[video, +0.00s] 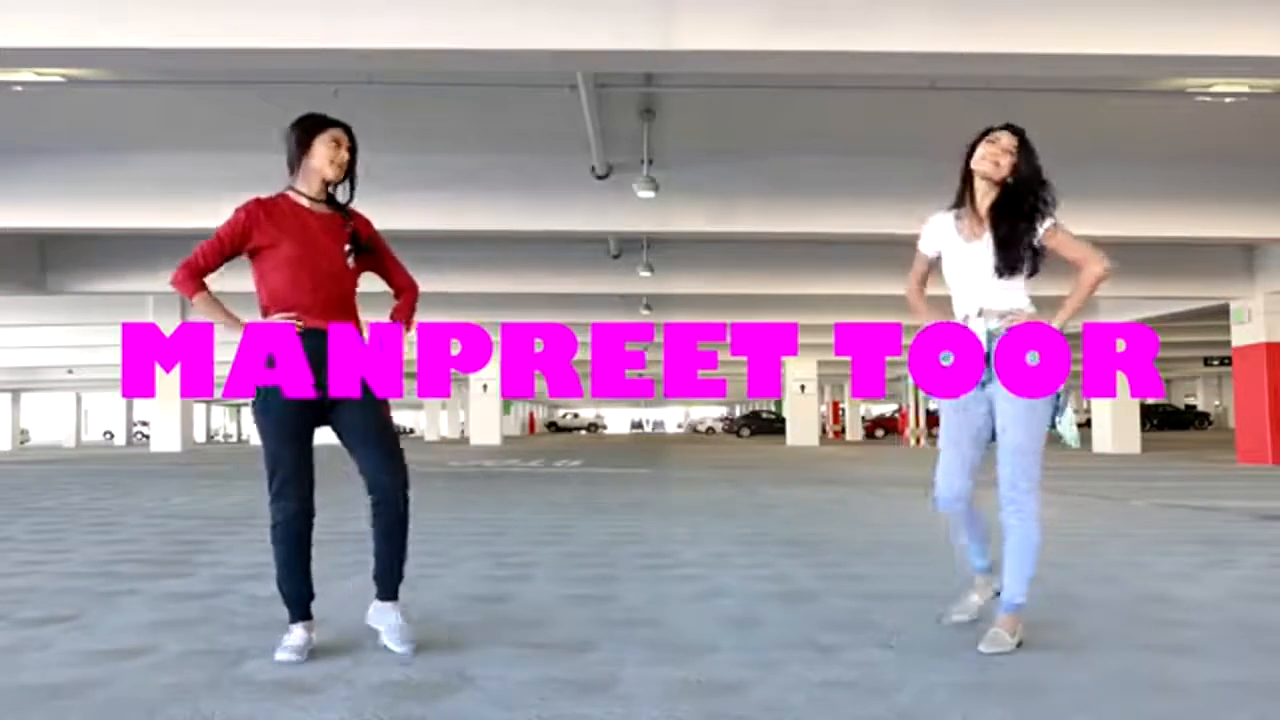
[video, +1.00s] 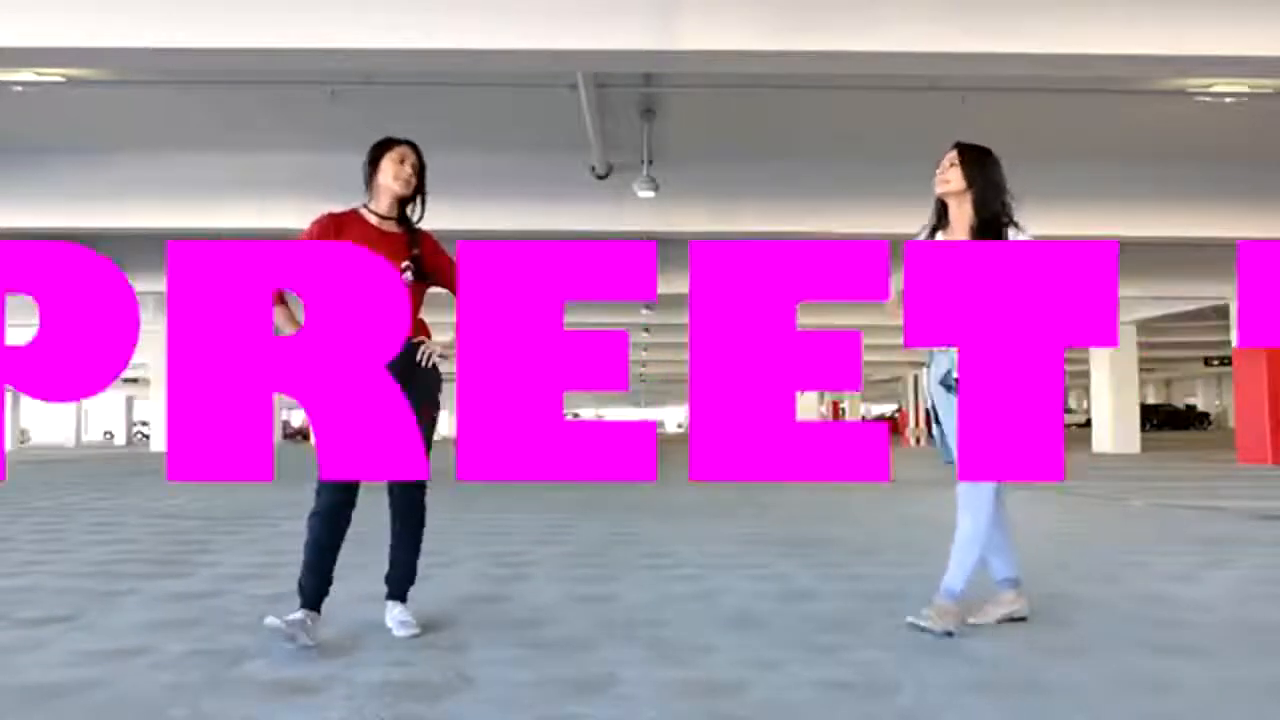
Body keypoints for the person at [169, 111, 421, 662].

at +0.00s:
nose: (343, 155)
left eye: (348, 150)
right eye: (333, 144)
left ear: (347, 164)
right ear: (302, 149)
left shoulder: (354, 226)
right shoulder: (260, 214)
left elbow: (407, 291)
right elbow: (185, 275)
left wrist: (385, 350)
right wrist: (236, 325)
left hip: (347, 366)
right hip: (282, 366)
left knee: (391, 479)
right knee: (289, 499)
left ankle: (387, 604)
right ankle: (300, 623)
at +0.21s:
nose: (349, 153)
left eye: (354, 147)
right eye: (339, 142)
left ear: (354, 162)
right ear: (310, 149)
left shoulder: (358, 227)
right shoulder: (269, 210)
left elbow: (409, 293)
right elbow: (192, 271)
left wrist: (387, 350)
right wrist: (242, 327)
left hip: (352, 365)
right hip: (287, 365)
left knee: (392, 481)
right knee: (291, 498)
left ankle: (395, 580)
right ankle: (299, 622)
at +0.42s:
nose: (361, 159)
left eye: (368, 154)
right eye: (352, 147)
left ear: (368, 170)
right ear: (324, 153)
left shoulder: (372, 232)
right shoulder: (283, 216)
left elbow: (423, 301)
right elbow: (211, 275)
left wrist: (395, 346)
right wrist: (261, 330)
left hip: (366, 376)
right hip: (300, 376)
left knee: (378, 489)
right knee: (299, 496)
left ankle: (394, 601)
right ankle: (300, 620)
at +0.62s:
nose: (385, 165)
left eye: (391, 161)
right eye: (376, 155)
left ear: (392, 175)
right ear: (348, 160)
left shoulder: (393, 235)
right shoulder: (304, 217)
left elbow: (443, 296)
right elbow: (234, 275)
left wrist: (423, 350)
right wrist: (279, 333)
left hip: (388, 376)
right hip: (322, 374)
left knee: (391, 491)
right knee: (316, 498)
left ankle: (395, 600)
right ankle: (302, 621)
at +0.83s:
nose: (406, 174)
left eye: (411, 168)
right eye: (397, 163)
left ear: (412, 182)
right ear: (369, 168)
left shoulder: (412, 243)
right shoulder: (324, 225)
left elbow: (463, 297)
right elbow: (261, 281)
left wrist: (472, 342)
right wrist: (271, 335)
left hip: (406, 379)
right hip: (341, 376)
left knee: (405, 492)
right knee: (332, 495)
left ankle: (398, 602)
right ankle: (303, 615)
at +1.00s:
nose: (408, 173)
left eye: (415, 168)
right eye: (398, 162)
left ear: (418, 184)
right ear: (373, 170)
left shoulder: (421, 244)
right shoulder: (333, 226)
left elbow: (474, 292)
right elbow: (275, 284)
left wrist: (450, 341)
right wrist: (300, 338)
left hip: (410, 377)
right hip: (344, 380)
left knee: (408, 489)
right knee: (335, 491)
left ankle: (398, 601)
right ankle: (307, 610)